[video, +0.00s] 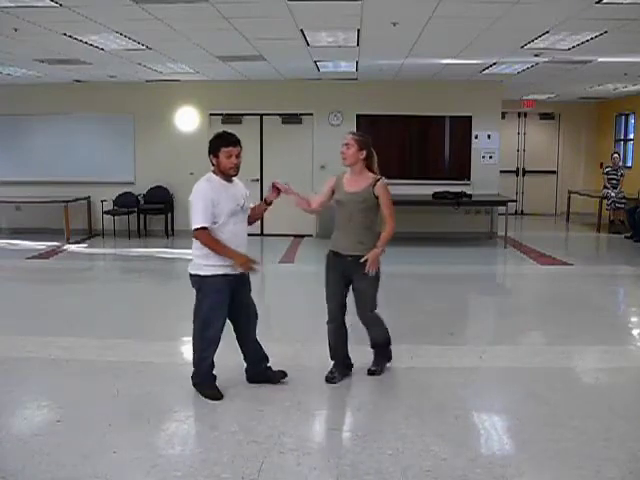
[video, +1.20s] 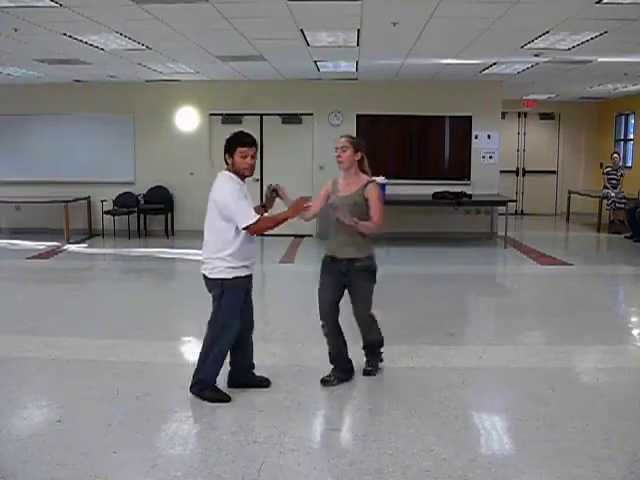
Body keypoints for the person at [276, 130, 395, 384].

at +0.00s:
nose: (342, 151)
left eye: (348, 147)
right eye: (342, 146)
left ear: (362, 152)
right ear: (349, 152)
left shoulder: (377, 184)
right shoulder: (338, 181)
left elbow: (390, 224)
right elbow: (312, 206)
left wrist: (378, 250)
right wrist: (289, 192)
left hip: (364, 259)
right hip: (336, 257)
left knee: (365, 313)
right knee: (334, 315)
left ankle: (382, 350)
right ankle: (341, 364)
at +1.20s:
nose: (338, 155)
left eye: (344, 150)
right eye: (337, 151)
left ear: (357, 155)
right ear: (336, 155)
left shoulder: (370, 187)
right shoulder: (332, 185)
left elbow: (376, 226)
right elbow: (309, 213)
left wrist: (352, 222)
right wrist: (285, 197)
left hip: (360, 262)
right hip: (333, 261)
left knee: (362, 314)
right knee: (327, 317)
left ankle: (373, 353)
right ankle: (342, 368)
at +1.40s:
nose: (330, 153)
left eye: (335, 148)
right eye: (327, 149)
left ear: (348, 153)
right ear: (326, 154)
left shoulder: (355, 187)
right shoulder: (328, 185)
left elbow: (346, 225)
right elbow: (315, 221)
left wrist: (319, 209)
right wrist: (297, 202)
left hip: (343, 263)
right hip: (322, 260)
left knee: (331, 317)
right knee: (320, 318)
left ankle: (360, 353)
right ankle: (341, 368)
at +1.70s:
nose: (319, 150)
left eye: (324, 146)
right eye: (316, 146)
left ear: (336, 152)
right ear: (314, 152)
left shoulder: (341, 184)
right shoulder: (323, 183)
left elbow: (333, 222)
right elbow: (318, 221)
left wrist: (302, 209)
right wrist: (295, 247)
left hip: (331, 262)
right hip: (314, 260)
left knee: (320, 319)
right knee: (311, 316)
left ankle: (325, 379)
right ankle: (341, 362)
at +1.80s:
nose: (319, 152)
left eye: (325, 147)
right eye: (317, 148)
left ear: (338, 152)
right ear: (315, 153)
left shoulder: (342, 184)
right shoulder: (322, 185)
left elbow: (336, 224)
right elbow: (318, 217)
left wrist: (306, 217)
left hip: (333, 264)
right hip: (314, 262)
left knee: (325, 321)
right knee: (299, 314)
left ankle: (325, 382)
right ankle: (333, 356)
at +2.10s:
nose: (332, 154)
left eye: (337, 149)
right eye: (329, 150)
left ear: (350, 153)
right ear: (328, 154)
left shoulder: (360, 184)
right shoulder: (331, 184)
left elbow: (355, 220)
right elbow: (322, 217)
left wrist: (327, 212)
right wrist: (303, 197)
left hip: (349, 262)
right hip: (326, 259)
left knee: (336, 318)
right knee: (324, 318)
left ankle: (343, 371)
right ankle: (331, 367)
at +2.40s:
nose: (352, 158)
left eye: (356, 153)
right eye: (352, 153)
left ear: (372, 155)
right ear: (366, 157)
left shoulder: (385, 185)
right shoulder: (362, 187)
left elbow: (368, 211)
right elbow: (343, 213)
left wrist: (337, 211)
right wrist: (313, 217)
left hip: (380, 265)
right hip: (357, 261)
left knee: (370, 318)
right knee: (339, 310)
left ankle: (385, 365)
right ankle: (330, 364)